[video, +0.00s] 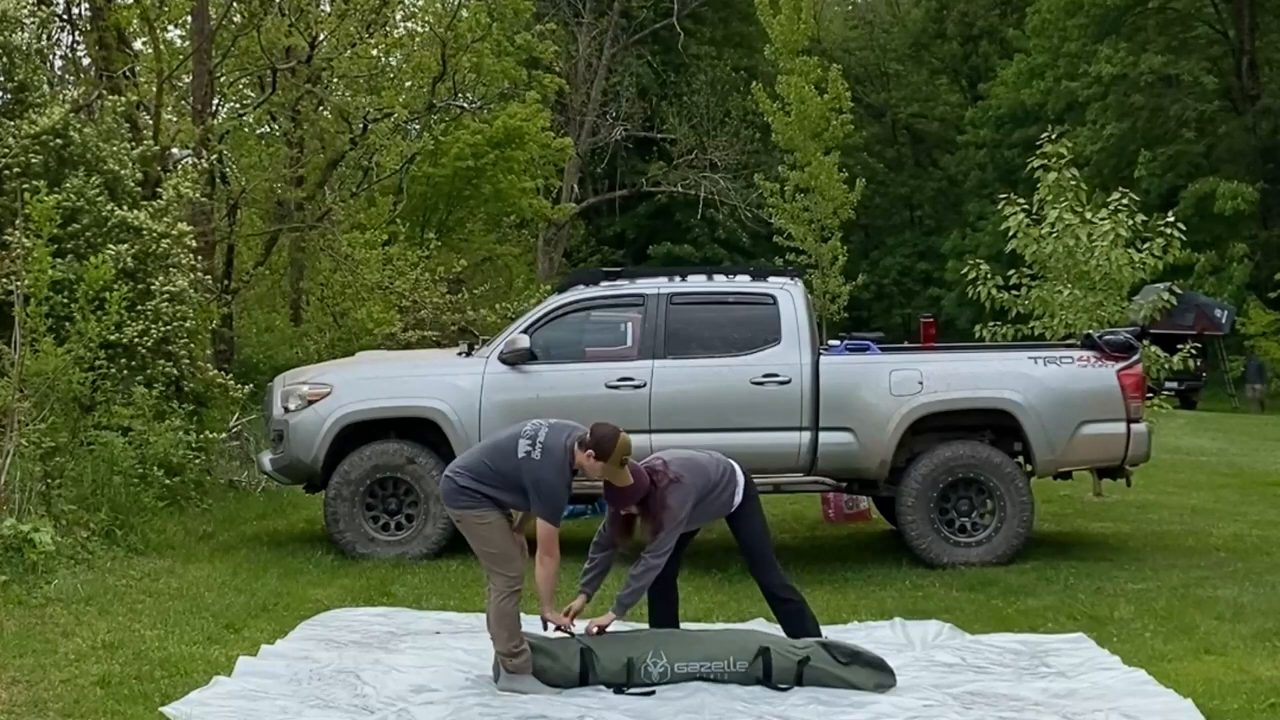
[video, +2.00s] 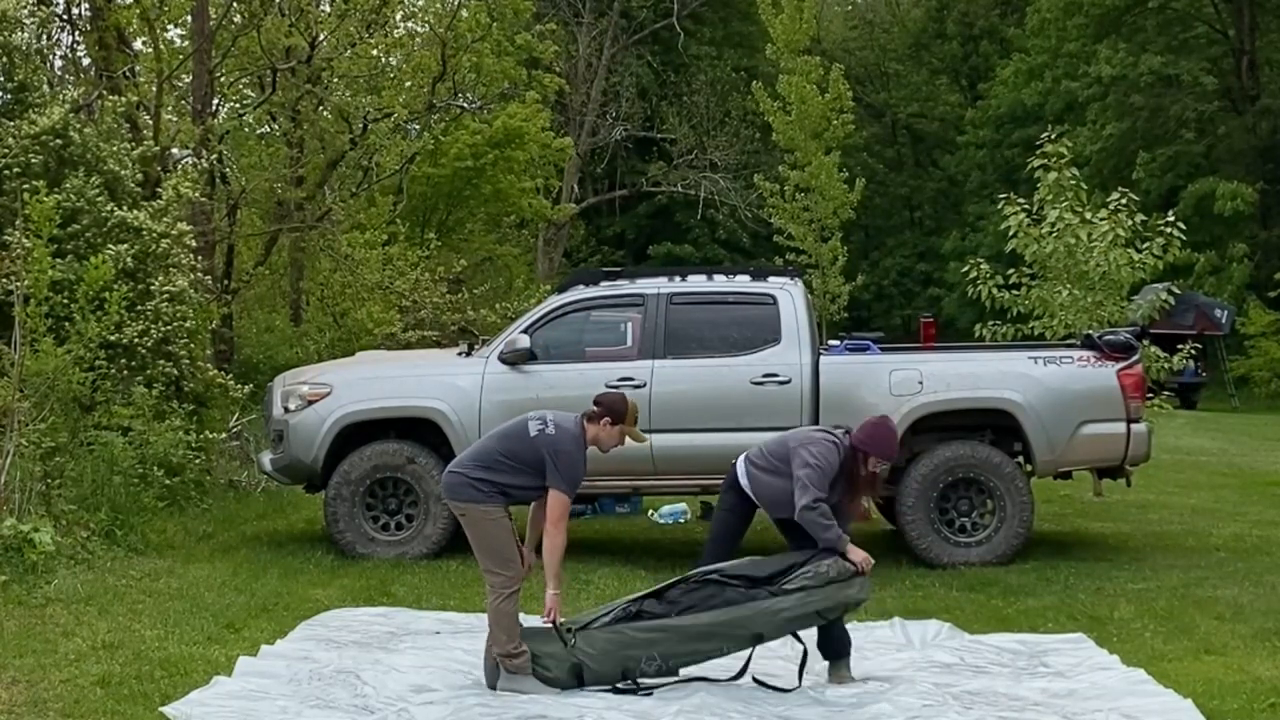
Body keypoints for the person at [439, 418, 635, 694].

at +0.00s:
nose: (606, 475)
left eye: (610, 469)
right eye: (605, 469)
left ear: (591, 448)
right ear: (589, 455)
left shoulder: (577, 435)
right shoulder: (551, 477)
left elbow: (538, 490)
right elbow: (546, 553)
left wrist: (518, 527)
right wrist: (548, 609)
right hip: (467, 492)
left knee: (508, 570)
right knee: (509, 574)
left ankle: (505, 663)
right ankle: (514, 671)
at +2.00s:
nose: (622, 442)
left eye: (625, 435)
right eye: (622, 433)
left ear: (601, 421)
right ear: (604, 423)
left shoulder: (566, 431)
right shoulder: (569, 450)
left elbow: (542, 500)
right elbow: (554, 525)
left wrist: (529, 547)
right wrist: (553, 590)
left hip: (476, 486)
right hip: (472, 489)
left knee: (511, 571)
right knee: (506, 576)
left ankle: (498, 661)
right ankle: (513, 670)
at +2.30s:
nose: (589, 456)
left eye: (593, 450)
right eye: (591, 447)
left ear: (568, 431)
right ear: (577, 435)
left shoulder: (531, 441)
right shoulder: (546, 451)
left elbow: (512, 520)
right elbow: (543, 528)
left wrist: (505, 570)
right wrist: (557, 588)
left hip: (434, 494)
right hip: (452, 500)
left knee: (483, 568)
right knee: (505, 580)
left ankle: (472, 653)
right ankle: (514, 673)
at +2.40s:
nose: (555, 430)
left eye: (559, 425)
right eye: (557, 422)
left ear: (535, 409)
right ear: (540, 410)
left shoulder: (494, 426)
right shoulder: (511, 437)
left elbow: (481, 509)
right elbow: (518, 513)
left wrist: (486, 562)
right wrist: (540, 569)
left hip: (409, 497)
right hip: (432, 502)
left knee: (447, 578)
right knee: (478, 584)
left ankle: (404, 657)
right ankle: (513, 673)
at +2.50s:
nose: (518, 416)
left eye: (522, 410)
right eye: (520, 407)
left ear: (495, 394)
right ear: (503, 395)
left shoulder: (450, 407)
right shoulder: (474, 420)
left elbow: (442, 487)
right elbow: (479, 500)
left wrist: (457, 543)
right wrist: (499, 558)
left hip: (370, 484)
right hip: (399, 484)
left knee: (410, 569)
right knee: (460, 552)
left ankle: (398, 665)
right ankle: (469, 649)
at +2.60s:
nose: (501, 404)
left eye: (503, 398)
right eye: (502, 395)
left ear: (474, 383)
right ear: (485, 386)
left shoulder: (433, 398)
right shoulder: (461, 417)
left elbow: (424, 482)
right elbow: (467, 498)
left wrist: (441, 531)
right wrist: (478, 551)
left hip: (357, 484)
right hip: (385, 485)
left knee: (400, 567)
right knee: (443, 553)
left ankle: (397, 665)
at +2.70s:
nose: (488, 406)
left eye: (491, 400)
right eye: (489, 398)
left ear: (461, 385)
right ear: (474, 390)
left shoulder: (422, 400)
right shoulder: (452, 423)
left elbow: (406, 462)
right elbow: (449, 501)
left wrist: (428, 511)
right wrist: (465, 547)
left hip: (348, 493)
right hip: (368, 500)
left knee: (397, 580)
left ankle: (397, 664)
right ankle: (371, 678)